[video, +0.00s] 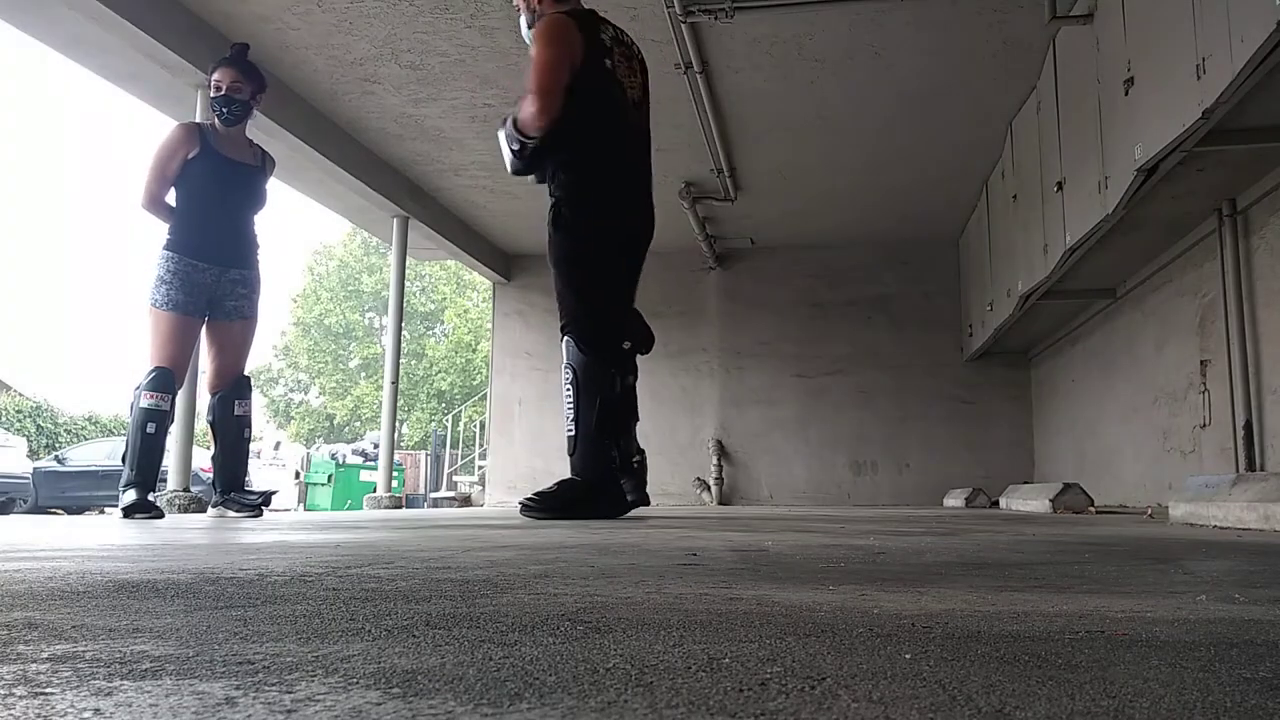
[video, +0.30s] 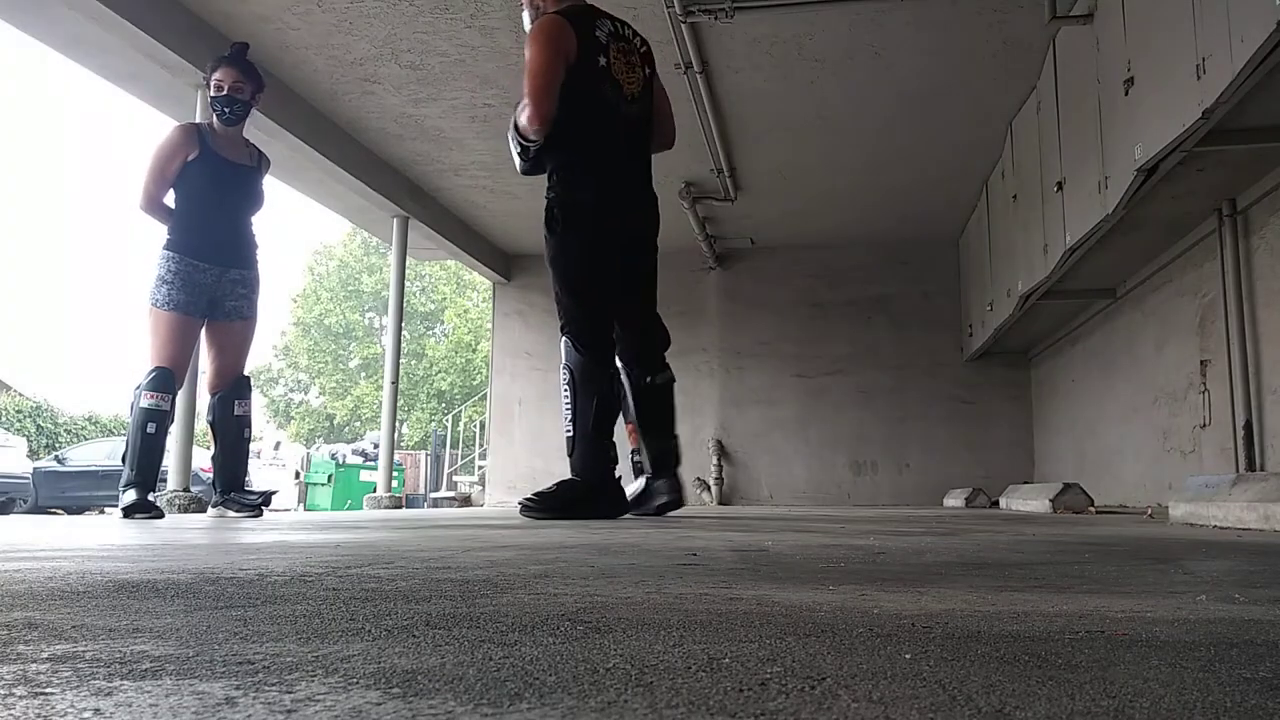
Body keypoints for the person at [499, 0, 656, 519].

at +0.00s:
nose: (518, 12)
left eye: (518, 4)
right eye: (516, 6)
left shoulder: (555, 25)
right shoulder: (621, 40)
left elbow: (539, 113)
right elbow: (613, 130)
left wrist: (513, 125)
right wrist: (539, 145)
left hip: (586, 207)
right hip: (629, 206)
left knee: (589, 339)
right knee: (611, 338)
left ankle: (594, 480)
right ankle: (623, 474)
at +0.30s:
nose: (526, 11)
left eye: (525, 6)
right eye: (525, 7)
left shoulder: (549, 28)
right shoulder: (631, 37)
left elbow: (537, 118)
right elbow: (664, 133)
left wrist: (523, 129)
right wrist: (603, 140)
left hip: (578, 204)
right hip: (636, 203)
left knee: (584, 342)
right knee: (641, 335)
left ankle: (593, 481)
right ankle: (662, 476)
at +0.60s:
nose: (544, 27)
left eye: (542, 15)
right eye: (540, 18)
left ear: (567, 4)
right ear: (598, 6)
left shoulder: (585, 36)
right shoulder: (650, 53)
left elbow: (583, 116)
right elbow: (665, 153)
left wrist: (531, 170)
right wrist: (586, 171)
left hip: (599, 215)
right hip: (647, 217)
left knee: (578, 342)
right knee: (637, 345)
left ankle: (590, 482)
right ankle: (660, 484)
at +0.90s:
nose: (512, 116)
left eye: (510, 104)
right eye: (506, 112)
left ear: (531, 80)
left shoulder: (568, 97)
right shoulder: (596, 99)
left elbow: (593, 161)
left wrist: (593, 242)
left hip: (665, 232)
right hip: (696, 232)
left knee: (597, 345)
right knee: (649, 357)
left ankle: (589, 481)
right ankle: (663, 484)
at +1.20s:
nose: (501, 225)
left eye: (495, 213)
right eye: (494, 223)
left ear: (507, 181)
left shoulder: (558, 177)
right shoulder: (567, 234)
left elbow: (603, 251)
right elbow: (603, 292)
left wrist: (607, 322)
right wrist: (593, 343)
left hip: (702, 239)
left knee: (606, 344)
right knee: (648, 354)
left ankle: (592, 485)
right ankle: (661, 487)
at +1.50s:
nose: (496, 231)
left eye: (489, 219)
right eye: (487, 228)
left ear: (500, 189)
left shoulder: (549, 180)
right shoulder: (560, 237)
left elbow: (605, 242)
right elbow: (603, 281)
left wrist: (592, 312)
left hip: (698, 239)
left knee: (607, 346)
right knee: (646, 357)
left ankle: (592, 482)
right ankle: (660, 487)